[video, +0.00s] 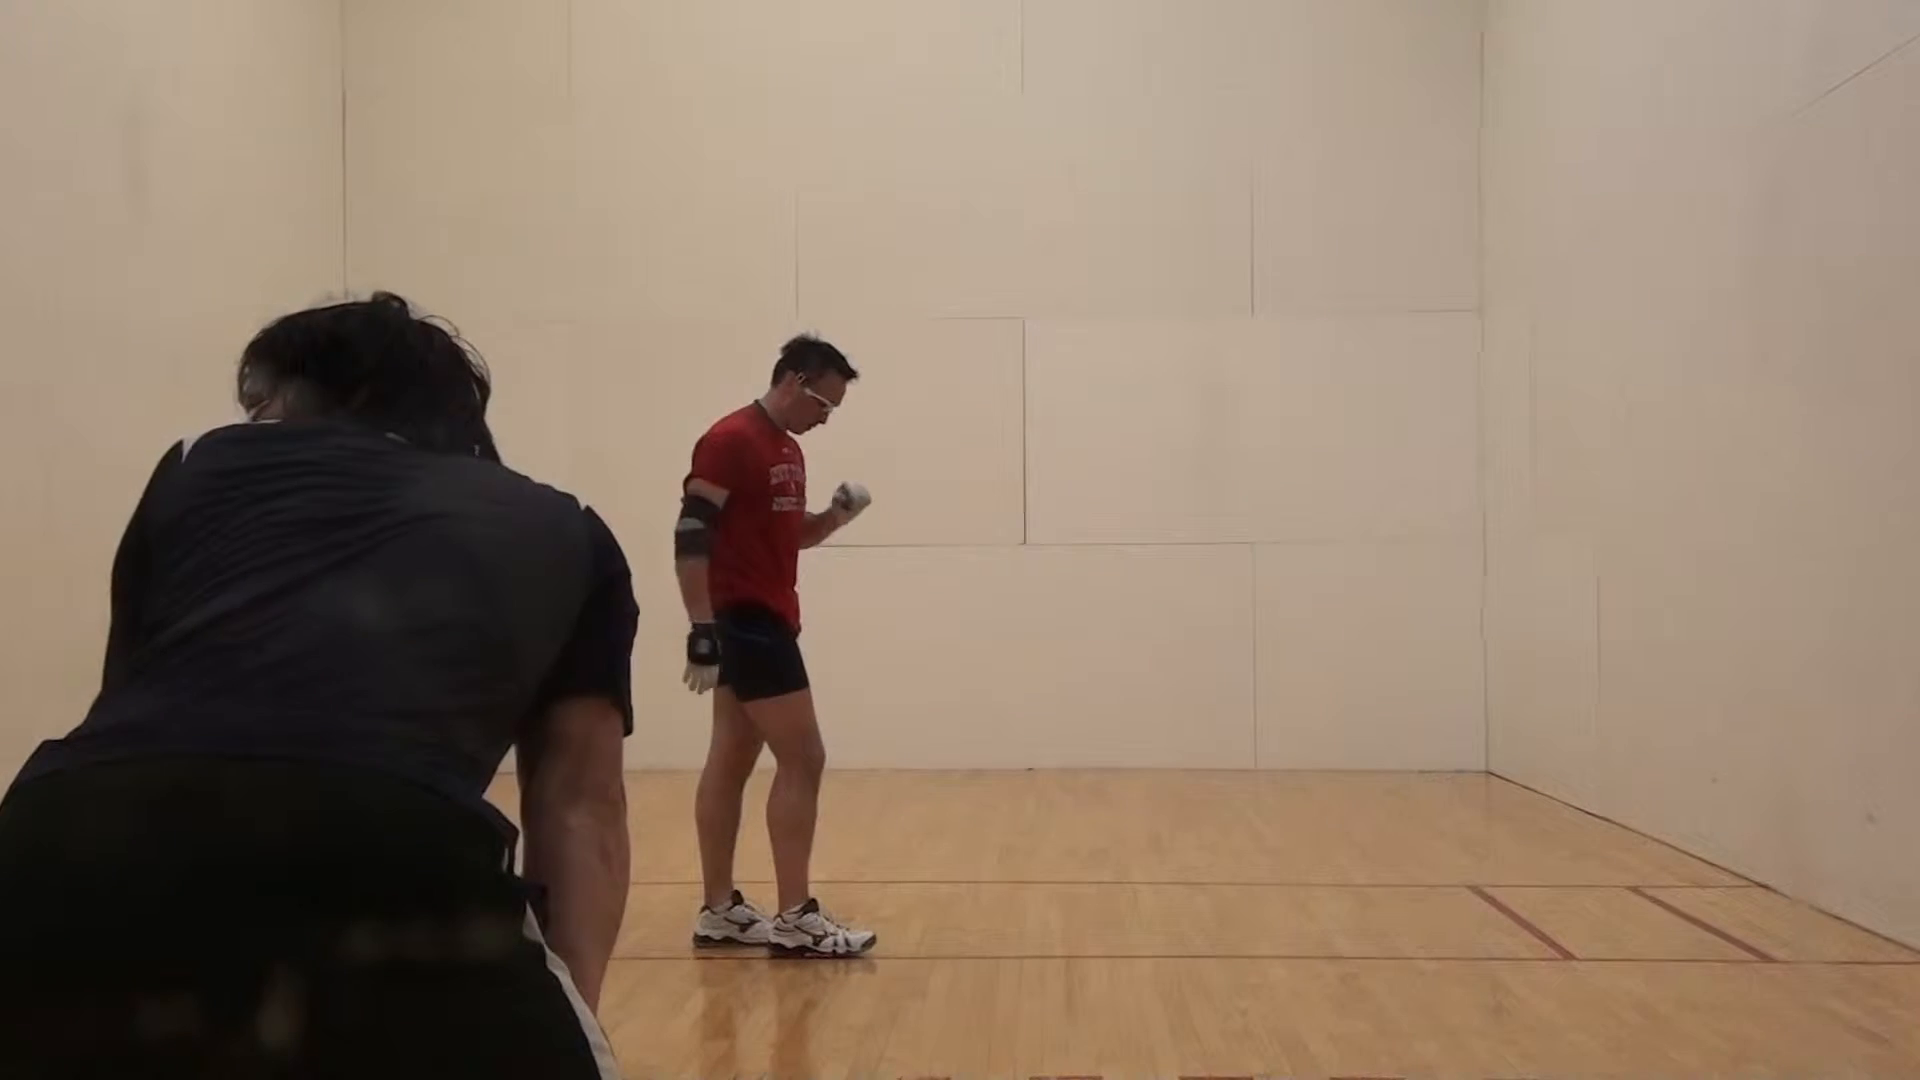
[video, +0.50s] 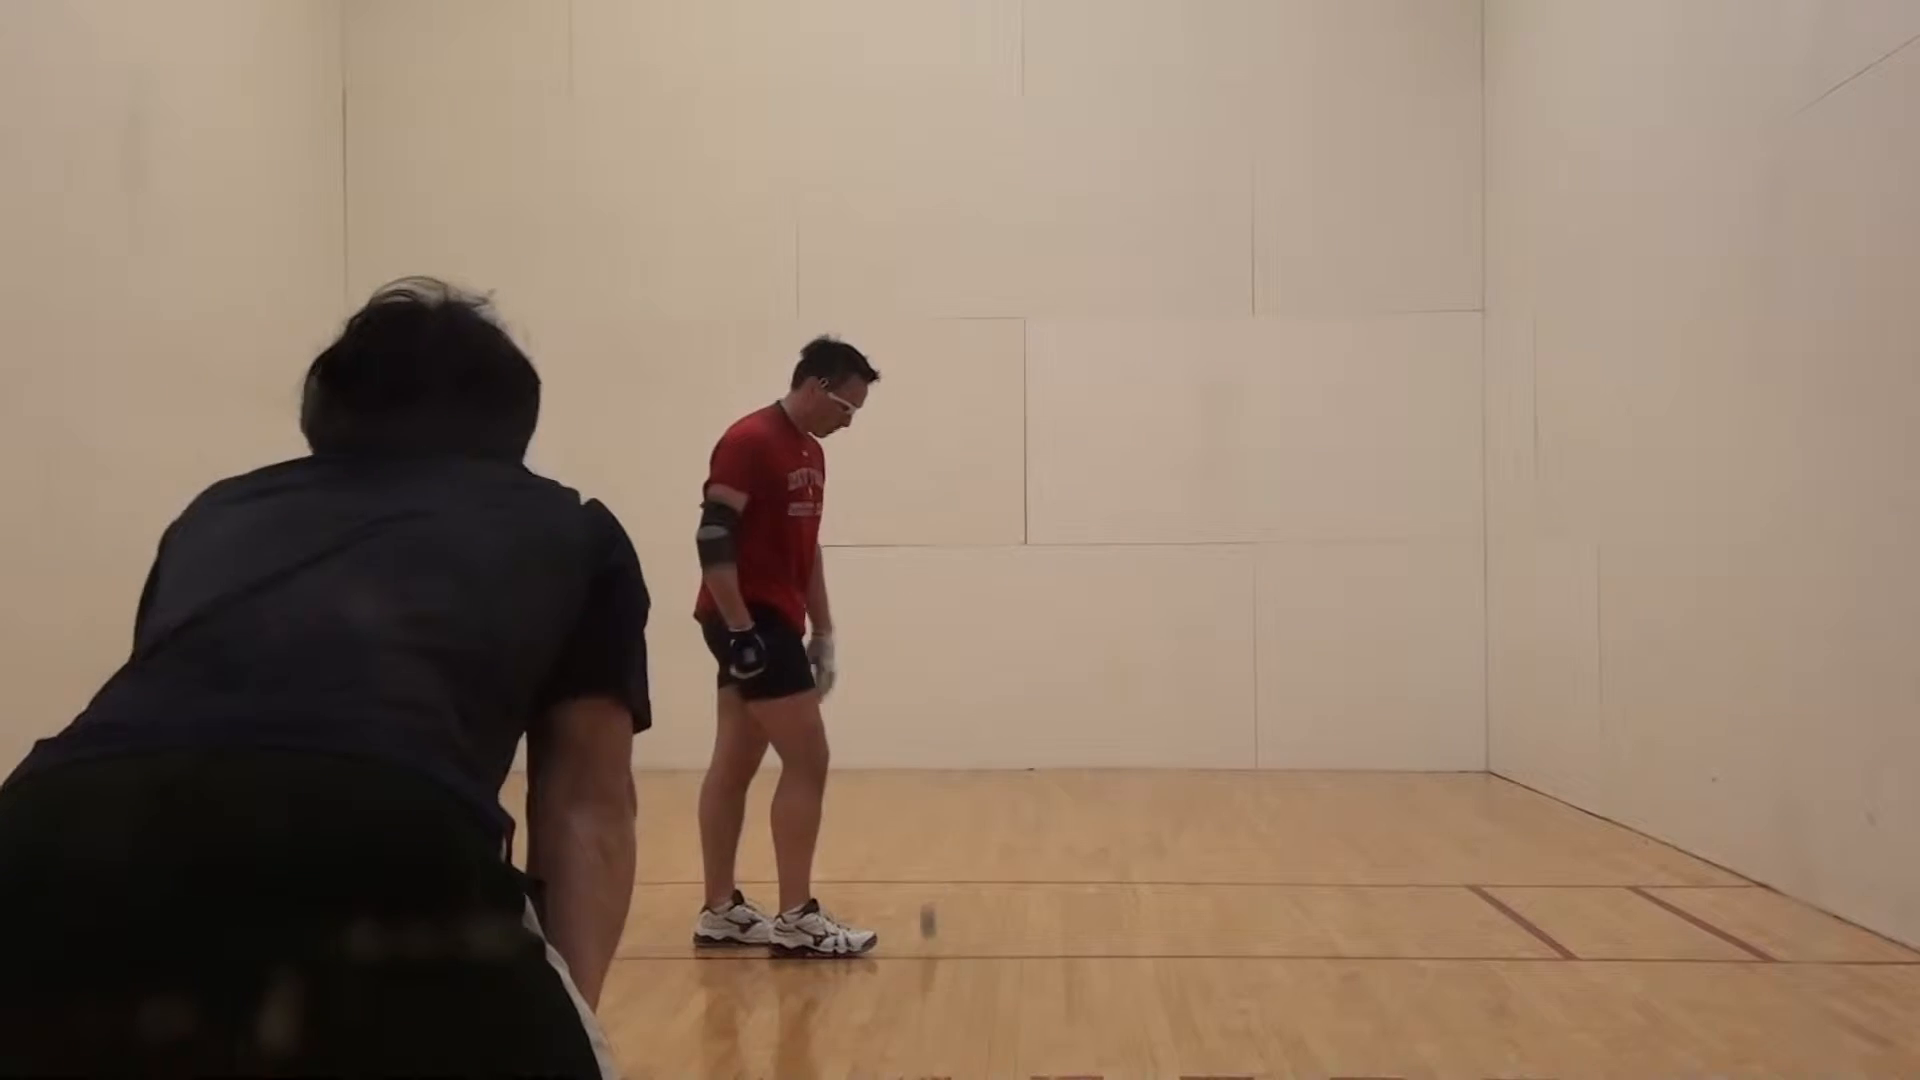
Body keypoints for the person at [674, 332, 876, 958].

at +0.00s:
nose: (825, 418)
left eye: (831, 408)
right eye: (824, 403)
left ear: (801, 390)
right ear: (792, 383)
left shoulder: (783, 447)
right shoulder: (731, 440)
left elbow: (784, 536)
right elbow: (690, 536)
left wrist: (833, 517)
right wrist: (703, 629)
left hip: (758, 624)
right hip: (751, 627)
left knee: (729, 762)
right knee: (802, 758)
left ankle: (719, 908)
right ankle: (795, 914)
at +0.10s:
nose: (825, 418)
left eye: (831, 408)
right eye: (824, 403)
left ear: (804, 391)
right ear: (790, 383)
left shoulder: (789, 450)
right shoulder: (731, 440)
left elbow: (794, 537)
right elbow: (693, 536)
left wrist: (856, 511)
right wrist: (711, 625)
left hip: (759, 623)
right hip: (747, 626)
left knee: (729, 761)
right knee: (802, 758)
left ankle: (719, 908)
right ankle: (795, 914)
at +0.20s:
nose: (828, 417)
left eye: (835, 407)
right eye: (826, 403)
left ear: (803, 392)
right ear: (792, 383)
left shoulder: (793, 450)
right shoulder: (732, 440)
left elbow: (798, 541)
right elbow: (698, 537)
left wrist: (873, 543)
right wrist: (723, 626)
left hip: (757, 622)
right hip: (747, 625)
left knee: (730, 761)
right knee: (802, 758)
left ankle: (718, 907)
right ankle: (795, 915)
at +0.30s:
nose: (832, 417)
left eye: (838, 406)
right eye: (829, 402)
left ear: (806, 391)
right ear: (795, 384)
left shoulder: (796, 449)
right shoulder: (737, 440)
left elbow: (808, 543)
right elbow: (702, 538)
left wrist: (875, 590)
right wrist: (734, 629)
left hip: (760, 621)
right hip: (747, 625)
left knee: (729, 762)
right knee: (802, 758)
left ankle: (719, 907)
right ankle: (796, 914)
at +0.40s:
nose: (839, 418)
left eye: (845, 408)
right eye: (836, 404)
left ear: (811, 392)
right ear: (802, 385)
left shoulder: (802, 449)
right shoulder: (742, 440)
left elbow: (807, 541)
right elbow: (707, 539)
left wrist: (844, 617)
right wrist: (738, 629)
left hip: (764, 622)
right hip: (751, 627)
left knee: (730, 762)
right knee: (805, 760)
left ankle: (719, 908)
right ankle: (795, 914)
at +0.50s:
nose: (849, 418)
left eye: (855, 407)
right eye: (847, 404)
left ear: (822, 393)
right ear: (813, 386)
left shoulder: (809, 451)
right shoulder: (749, 441)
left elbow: (806, 549)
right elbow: (713, 540)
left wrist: (821, 626)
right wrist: (739, 629)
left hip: (770, 624)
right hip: (753, 628)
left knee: (732, 767)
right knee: (806, 760)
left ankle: (719, 908)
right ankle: (796, 914)